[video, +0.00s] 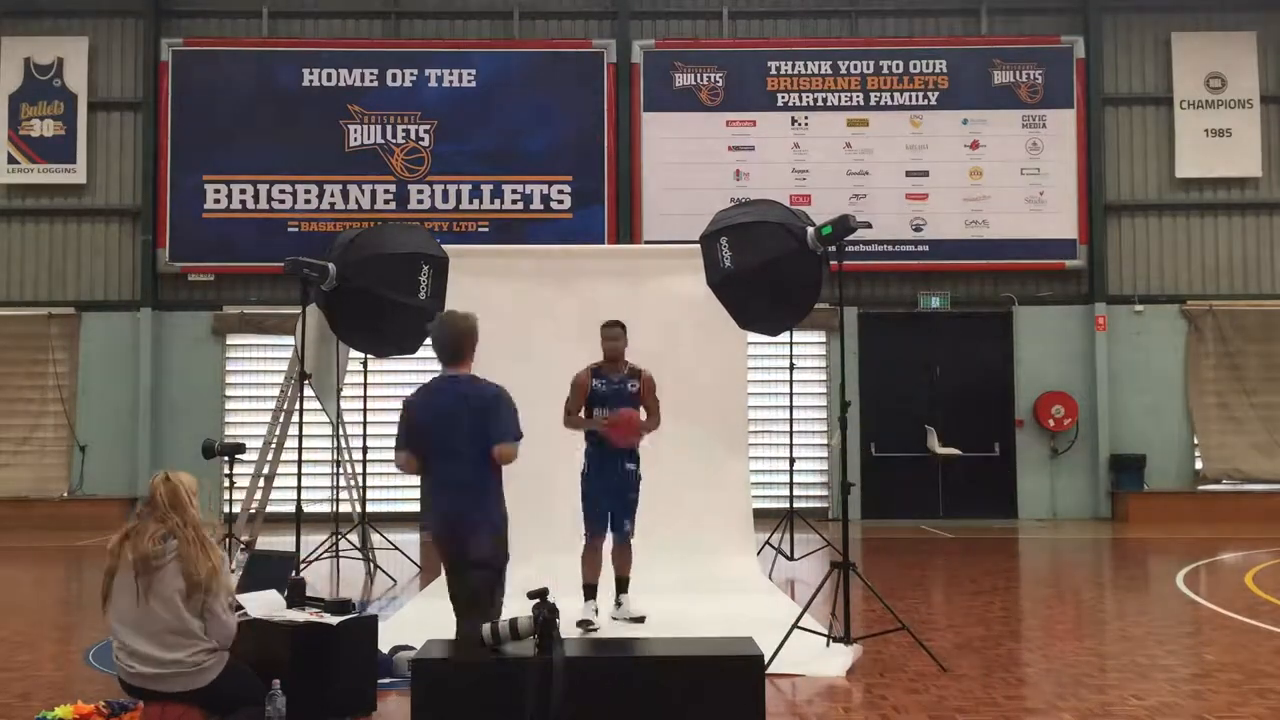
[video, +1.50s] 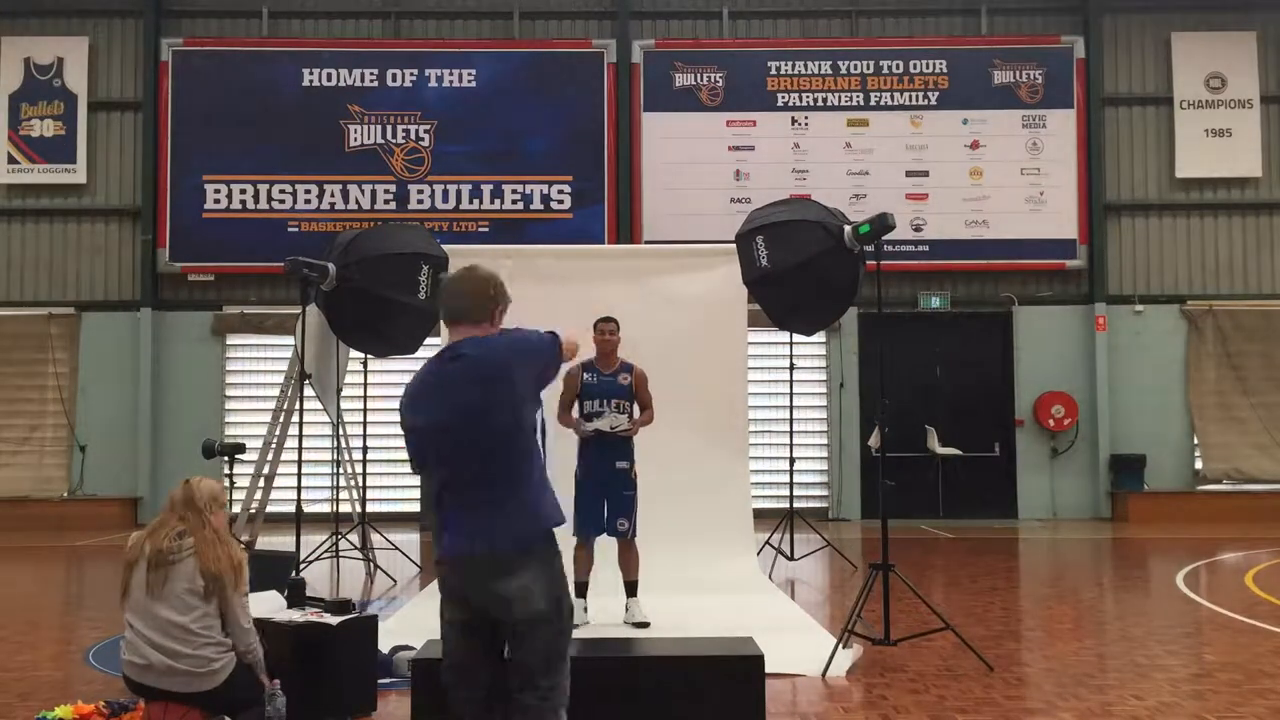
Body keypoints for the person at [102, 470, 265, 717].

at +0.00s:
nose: (198, 506)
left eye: (196, 499)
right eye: (195, 499)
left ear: (150, 502)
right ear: (190, 504)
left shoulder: (122, 546)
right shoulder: (204, 552)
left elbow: (116, 613)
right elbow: (223, 633)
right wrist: (223, 602)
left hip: (133, 680)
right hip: (194, 681)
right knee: (257, 698)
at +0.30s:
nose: (231, 524)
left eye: (231, 519)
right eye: (230, 518)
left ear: (184, 510)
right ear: (223, 518)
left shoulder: (151, 540)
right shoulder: (221, 548)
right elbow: (264, 618)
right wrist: (291, 598)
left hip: (135, 674)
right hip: (196, 675)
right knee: (257, 699)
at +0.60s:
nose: (216, 511)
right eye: (213, 507)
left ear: (164, 508)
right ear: (207, 510)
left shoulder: (134, 545)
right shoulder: (224, 547)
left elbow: (118, 592)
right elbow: (272, 610)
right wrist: (248, 661)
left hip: (139, 678)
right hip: (206, 682)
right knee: (257, 701)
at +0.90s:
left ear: (169, 507)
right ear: (215, 510)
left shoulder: (139, 545)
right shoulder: (228, 550)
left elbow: (128, 609)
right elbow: (245, 628)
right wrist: (233, 659)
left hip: (141, 680)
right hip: (207, 685)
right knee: (255, 701)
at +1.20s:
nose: (223, 514)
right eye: (220, 507)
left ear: (172, 506)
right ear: (213, 510)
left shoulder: (138, 544)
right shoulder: (224, 552)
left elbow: (131, 608)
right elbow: (238, 625)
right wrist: (246, 663)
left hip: (139, 679)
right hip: (204, 684)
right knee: (256, 696)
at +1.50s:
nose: (227, 516)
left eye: (225, 508)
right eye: (223, 509)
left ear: (176, 509)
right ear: (209, 513)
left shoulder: (139, 544)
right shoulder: (222, 553)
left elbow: (132, 610)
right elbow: (240, 627)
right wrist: (259, 671)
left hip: (139, 679)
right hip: (202, 684)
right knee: (256, 698)